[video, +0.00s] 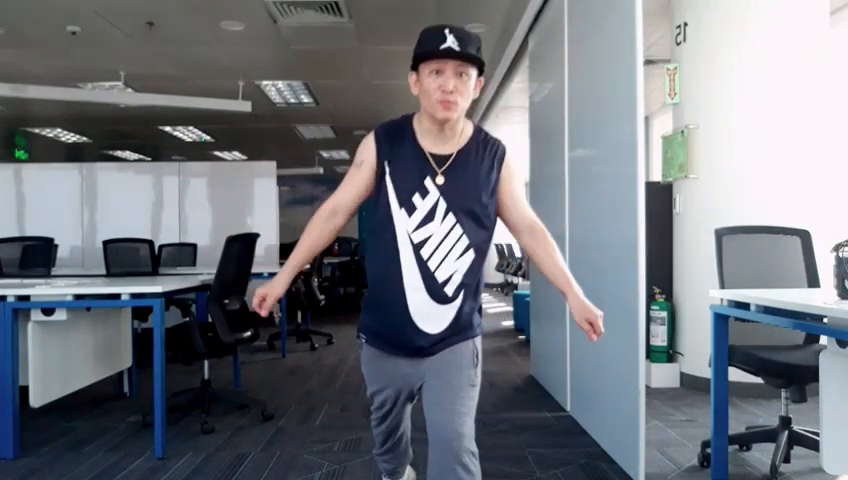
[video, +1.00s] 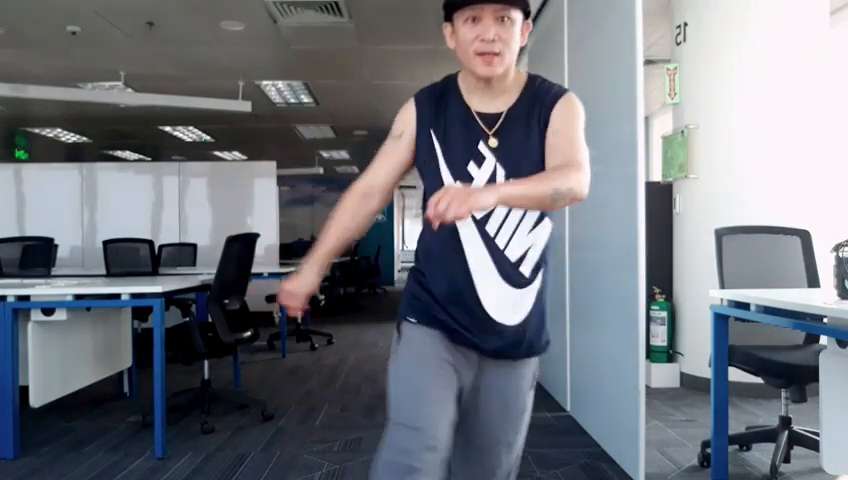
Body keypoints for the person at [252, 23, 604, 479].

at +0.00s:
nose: (448, 85)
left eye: (461, 75)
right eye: (436, 73)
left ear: (477, 85)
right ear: (414, 81)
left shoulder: (491, 156)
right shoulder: (382, 144)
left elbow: (529, 230)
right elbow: (334, 212)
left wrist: (574, 295)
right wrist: (282, 278)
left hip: (454, 337)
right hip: (385, 334)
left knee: (454, 452)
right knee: (387, 428)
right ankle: (395, 473)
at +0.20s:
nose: (447, 97)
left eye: (459, 86)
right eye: (435, 85)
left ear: (475, 98)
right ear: (411, 94)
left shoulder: (489, 162)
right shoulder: (379, 155)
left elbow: (515, 225)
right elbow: (351, 213)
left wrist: (543, 276)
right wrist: (317, 256)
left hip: (455, 338)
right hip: (386, 336)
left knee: (458, 452)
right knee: (388, 435)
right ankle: (394, 475)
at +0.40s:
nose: (460, 93)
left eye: (472, 81)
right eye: (446, 80)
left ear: (489, 90)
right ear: (422, 89)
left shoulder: (506, 159)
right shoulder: (391, 154)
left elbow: (533, 237)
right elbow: (351, 227)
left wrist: (562, 308)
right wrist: (309, 295)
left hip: (470, 346)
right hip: (397, 343)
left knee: (463, 464)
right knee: (387, 447)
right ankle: (394, 474)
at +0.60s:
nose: (471, 72)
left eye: (484, 59)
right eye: (457, 59)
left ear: (501, 69)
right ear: (433, 68)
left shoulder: (527, 144)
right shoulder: (401, 132)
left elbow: (568, 221)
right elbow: (350, 201)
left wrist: (610, 289)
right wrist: (319, 256)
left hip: (479, 340)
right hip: (405, 332)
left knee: (464, 463)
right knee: (380, 432)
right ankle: (391, 470)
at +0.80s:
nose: (478, 50)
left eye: (492, 35)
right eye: (463, 37)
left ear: (512, 44)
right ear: (441, 48)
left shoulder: (546, 117)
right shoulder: (415, 110)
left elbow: (589, 189)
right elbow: (360, 174)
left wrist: (568, 190)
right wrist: (307, 209)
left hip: (496, 337)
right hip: (416, 324)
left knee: (475, 470)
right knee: (370, 460)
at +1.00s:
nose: (489, 34)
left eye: (503, 20)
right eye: (473, 20)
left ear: (525, 31)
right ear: (450, 34)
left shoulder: (558, 105)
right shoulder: (424, 109)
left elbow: (573, 181)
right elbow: (367, 193)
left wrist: (488, 194)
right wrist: (310, 269)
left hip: (515, 333)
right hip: (432, 323)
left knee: (492, 471)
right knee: (413, 464)